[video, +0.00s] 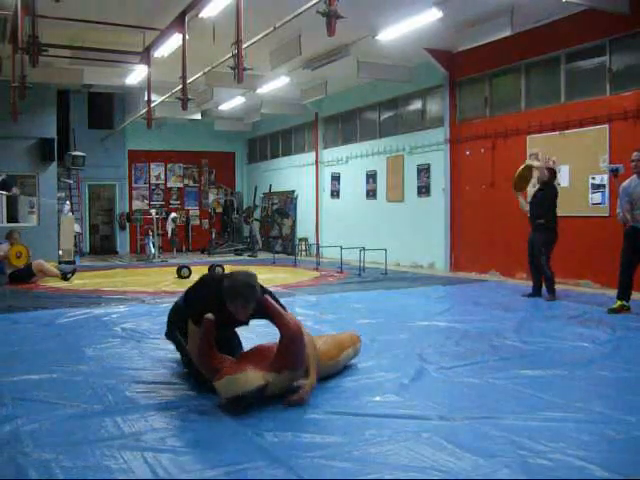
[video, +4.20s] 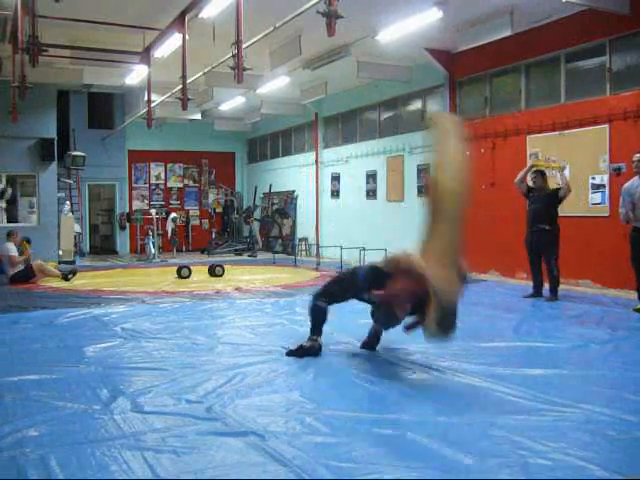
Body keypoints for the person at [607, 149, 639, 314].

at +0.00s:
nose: (634, 164)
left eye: (636, 161)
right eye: (633, 161)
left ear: (639, 163)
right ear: (631, 164)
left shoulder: (630, 187)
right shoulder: (627, 186)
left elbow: (624, 209)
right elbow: (623, 208)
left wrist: (629, 220)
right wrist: (627, 221)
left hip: (634, 228)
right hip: (633, 228)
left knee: (628, 264)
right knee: (626, 264)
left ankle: (623, 299)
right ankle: (623, 299)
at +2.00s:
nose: (634, 163)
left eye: (636, 160)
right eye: (633, 160)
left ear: (639, 162)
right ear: (631, 163)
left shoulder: (629, 186)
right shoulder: (627, 186)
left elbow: (624, 209)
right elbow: (623, 209)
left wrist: (629, 222)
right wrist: (629, 222)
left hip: (634, 229)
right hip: (633, 229)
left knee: (628, 265)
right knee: (627, 265)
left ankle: (623, 299)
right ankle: (622, 299)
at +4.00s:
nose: (634, 165)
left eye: (636, 161)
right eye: (633, 162)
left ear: (639, 165)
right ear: (630, 165)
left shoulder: (628, 187)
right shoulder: (627, 186)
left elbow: (622, 212)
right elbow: (622, 211)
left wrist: (628, 218)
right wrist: (627, 218)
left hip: (635, 228)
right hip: (635, 228)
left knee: (636, 268)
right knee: (636, 268)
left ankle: (639, 300)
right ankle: (638, 300)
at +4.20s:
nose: (635, 165)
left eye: (637, 161)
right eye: (634, 161)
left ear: (639, 165)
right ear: (632, 164)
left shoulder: (629, 187)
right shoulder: (629, 187)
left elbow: (625, 214)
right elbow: (624, 214)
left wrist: (631, 219)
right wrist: (630, 218)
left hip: (636, 229)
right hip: (635, 228)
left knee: (637, 267)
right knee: (636, 267)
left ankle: (639, 300)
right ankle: (639, 300)